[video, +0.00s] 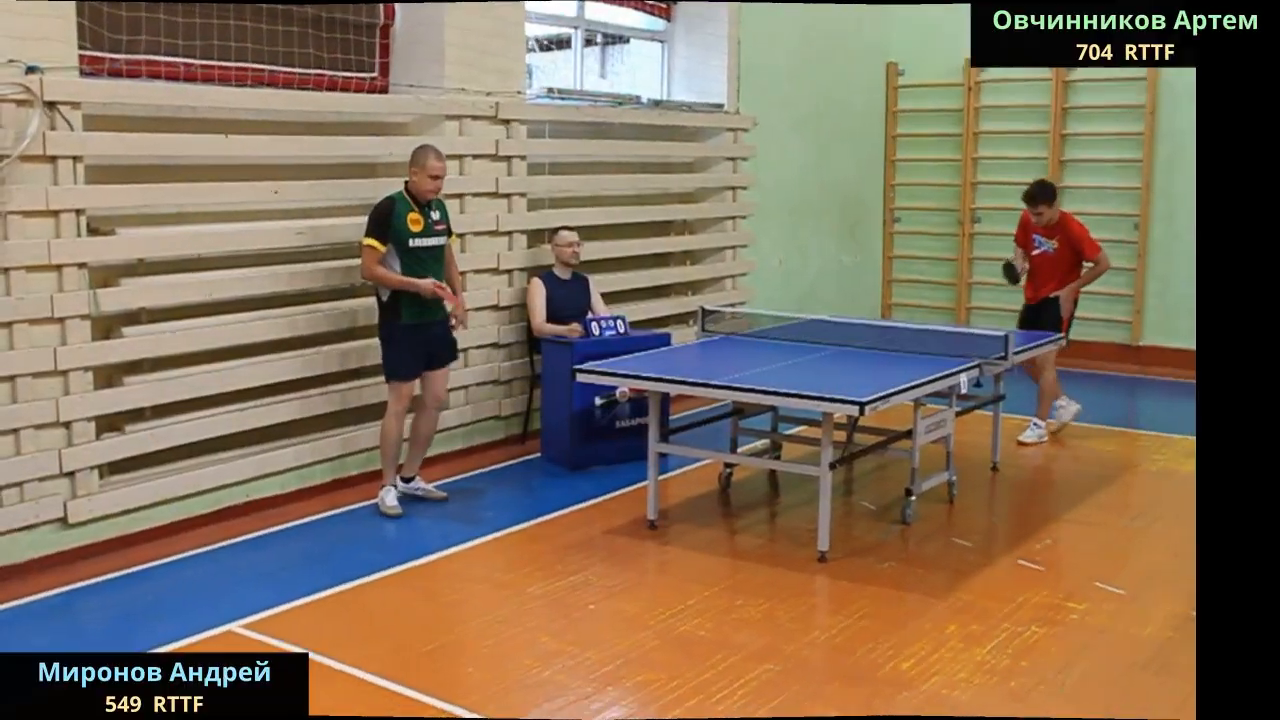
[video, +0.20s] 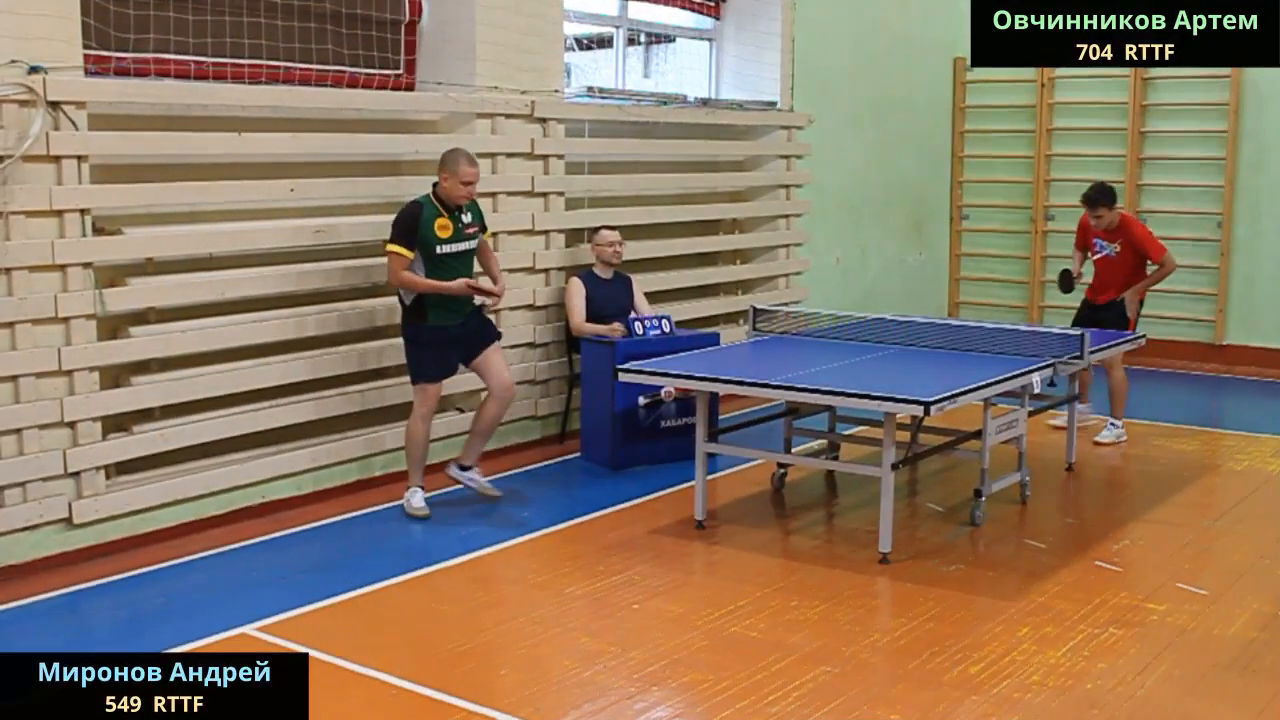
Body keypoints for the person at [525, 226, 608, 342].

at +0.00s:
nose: (576, 250)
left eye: (578, 245)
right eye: (569, 246)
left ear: (581, 247)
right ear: (553, 249)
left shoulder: (584, 282)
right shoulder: (539, 284)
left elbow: (604, 315)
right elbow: (538, 328)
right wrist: (566, 330)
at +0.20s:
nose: (618, 250)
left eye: (620, 245)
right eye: (610, 245)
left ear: (624, 246)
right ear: (594, 249)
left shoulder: (628, 282)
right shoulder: (577, 283)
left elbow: (649, 317)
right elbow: (576, 327)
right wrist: (606, 330)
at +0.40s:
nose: (618, 250)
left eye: (620, 245)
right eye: (611, 245)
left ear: (624, 247)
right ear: (594, 250)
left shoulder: (628, 282)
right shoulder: (578, 283)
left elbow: (649, 317)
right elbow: (577, 327)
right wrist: (607, 330)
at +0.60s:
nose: (618, 250)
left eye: (620, 245)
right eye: (610, 245)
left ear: (623, 246)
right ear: (594, 250)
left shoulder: (628, 282)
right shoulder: (578, 283)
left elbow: (650, 318)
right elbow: (576, 328)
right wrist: (603, 331)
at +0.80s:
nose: (616, 250)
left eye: (620, 245)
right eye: (609, 245)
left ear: (623, 247)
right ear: (594, 250)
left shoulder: (627, 282)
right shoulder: (577, 281)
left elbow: (649, 317)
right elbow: (577, 327)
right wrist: (611, 330)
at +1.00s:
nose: (616, 251)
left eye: (619, 245)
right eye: (608, 245)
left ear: (623, 247)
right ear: (595, 249)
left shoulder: (628, 281)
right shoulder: (579, 283)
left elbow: (649, 317)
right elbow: (577, 327)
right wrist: (614, 331)